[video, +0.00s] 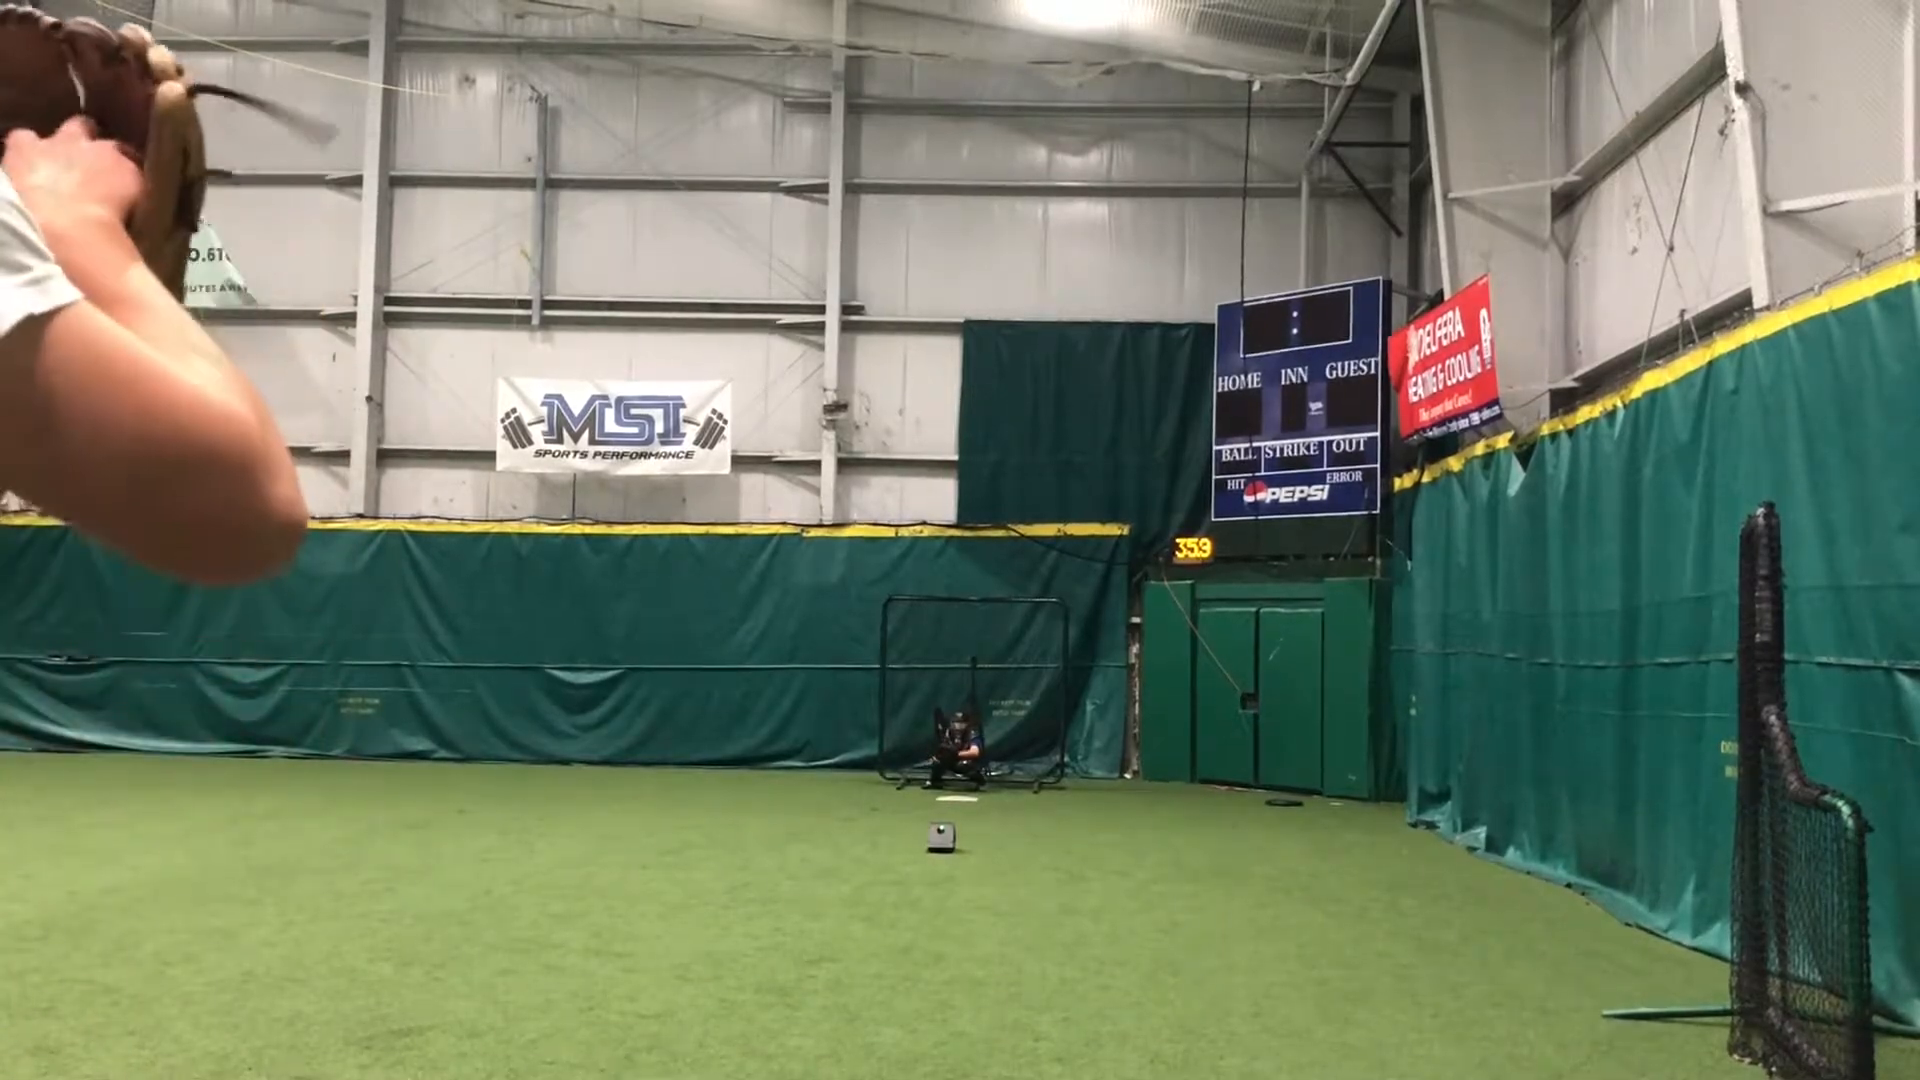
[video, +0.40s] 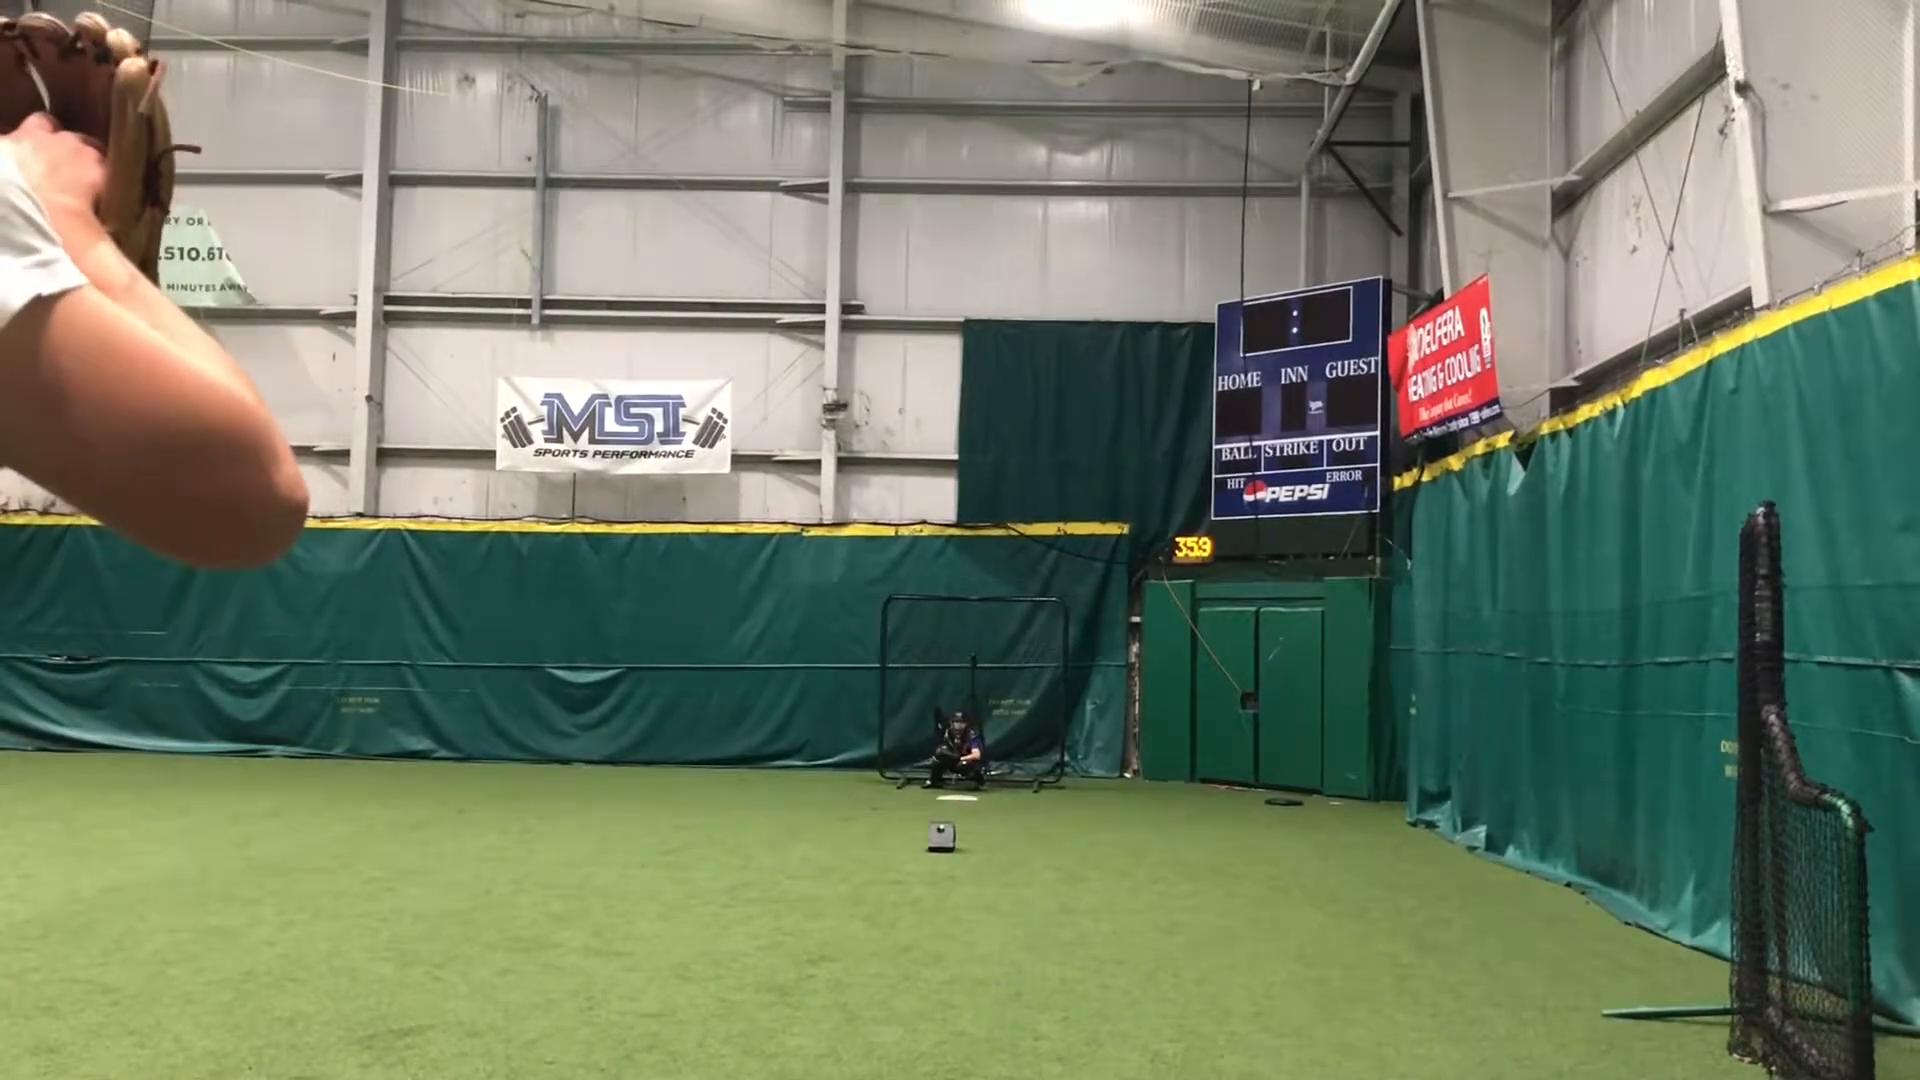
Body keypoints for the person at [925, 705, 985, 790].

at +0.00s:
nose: (957, 727)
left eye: (960, 723)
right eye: (954, 723)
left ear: (966, 724)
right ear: (951, 724)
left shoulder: (972, 735)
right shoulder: (948, 733)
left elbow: (974, 752)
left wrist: (955, 754)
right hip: (948, 759)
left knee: (964, 766)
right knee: (937, 765)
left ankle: (980, 781)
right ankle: (935, 781)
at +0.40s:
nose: (958, 726)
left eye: (961, 723)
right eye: (955, 722)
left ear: (966, 724)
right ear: (951, 724)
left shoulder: (971, 736)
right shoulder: (947, 734)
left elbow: (976, 755)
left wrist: (962, 759)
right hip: (950, 759)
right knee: (937, 763)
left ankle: (980, 782)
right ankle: (935, 781)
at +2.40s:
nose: (954, 728)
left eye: (957, 725)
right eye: (951, 725)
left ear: (963, 727)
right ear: (947, 727)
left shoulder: (970, 743)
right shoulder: (945, 742)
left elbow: (975, 759)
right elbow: (936, 754)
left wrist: (958, 759)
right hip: (947, 766)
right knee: (935, 763)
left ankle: (979, 782)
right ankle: (935, 781)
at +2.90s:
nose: (952, 725)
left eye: (955, 722)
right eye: (949, 722)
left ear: (961, 725)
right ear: (944, 725)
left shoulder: (967, 741)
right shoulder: (941, 742)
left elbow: (973, 759)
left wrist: (957, 765)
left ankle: (978, 782)